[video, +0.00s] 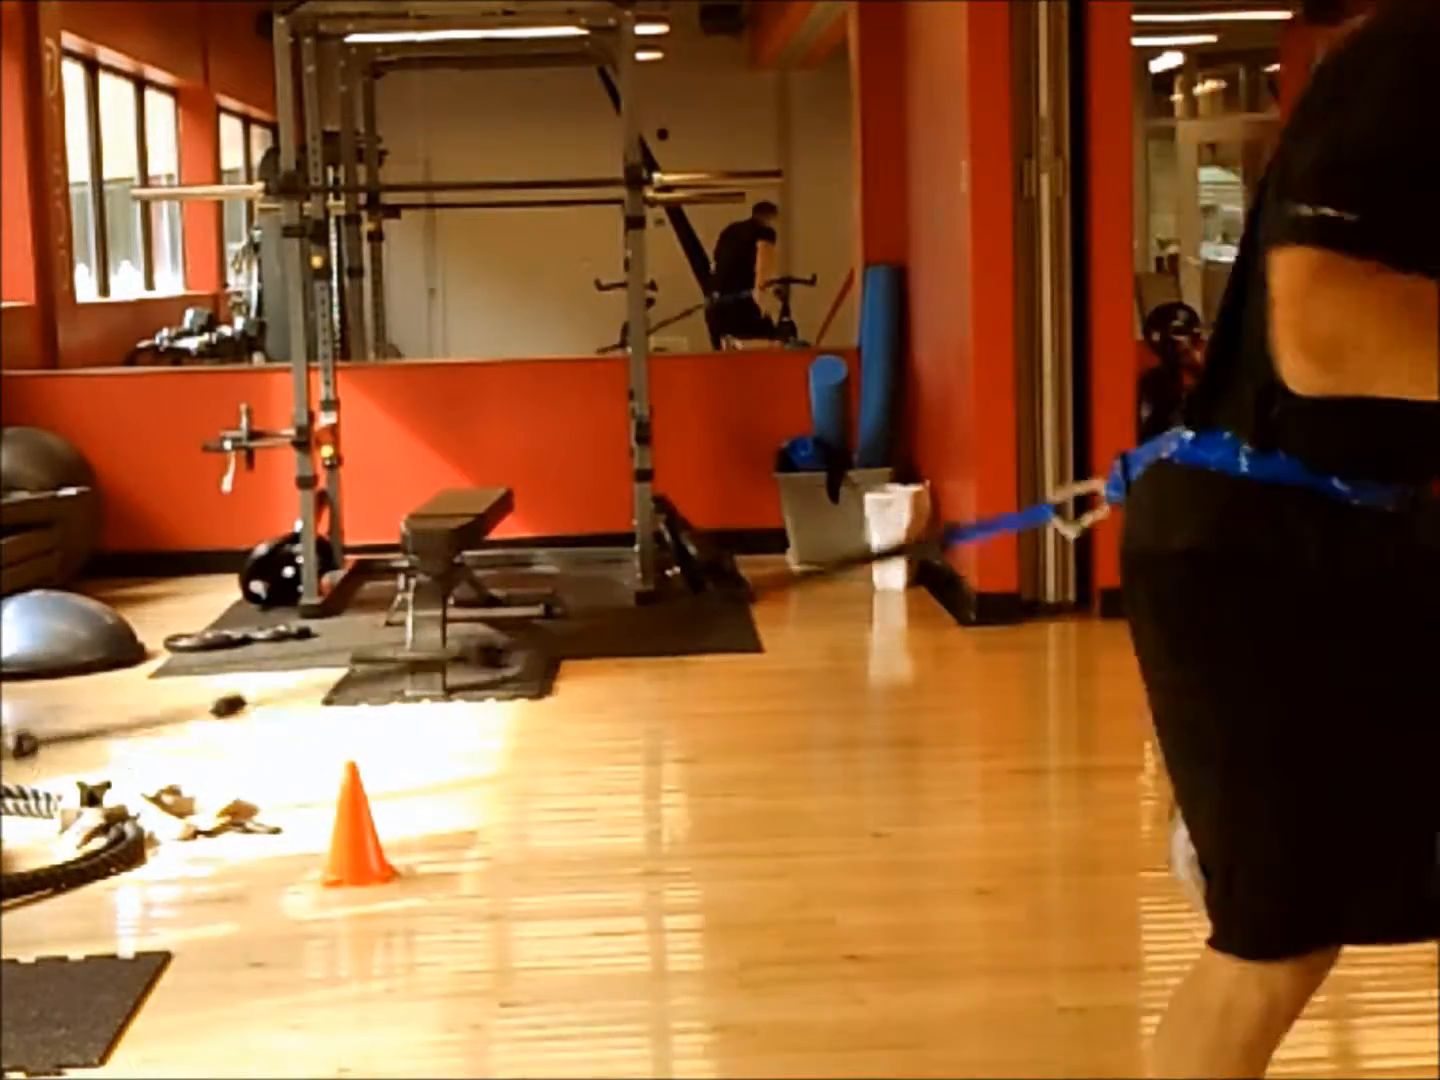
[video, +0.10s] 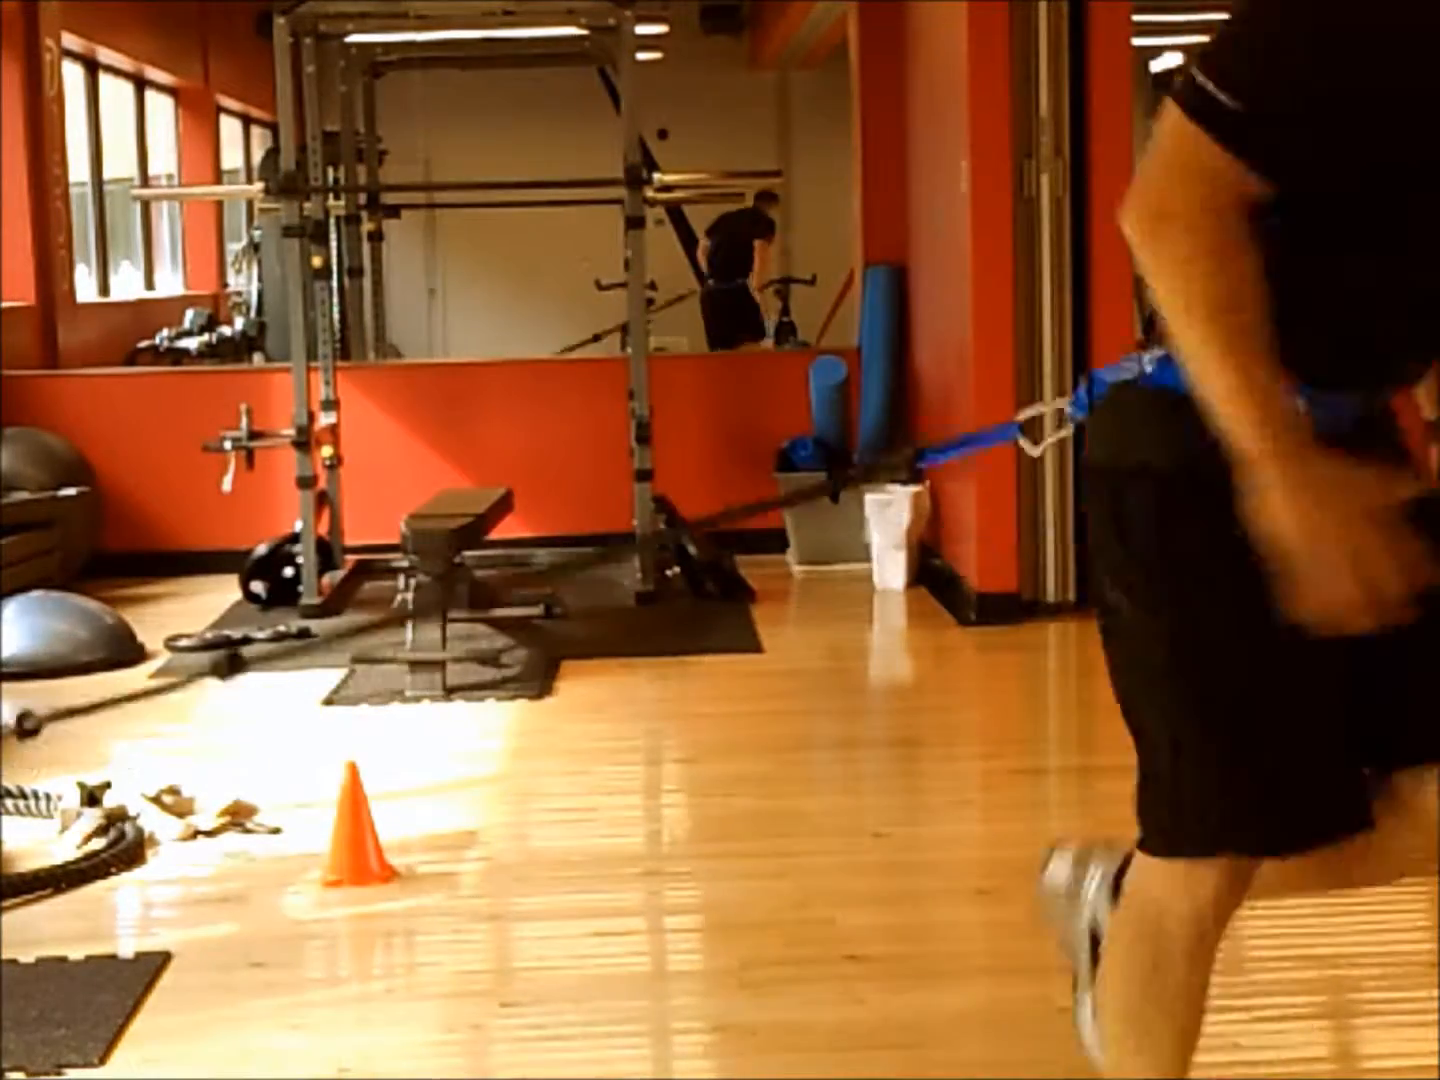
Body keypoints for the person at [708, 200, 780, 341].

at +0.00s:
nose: (774, 223)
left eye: (774, 219)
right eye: (774, 219)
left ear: (753, 214)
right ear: (769, 217)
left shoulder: (731, 228)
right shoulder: (764, 232)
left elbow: (717, 258)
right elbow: (762, 272)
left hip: (716, 303)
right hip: (742, 302)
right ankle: (738, 344)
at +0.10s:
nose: (774, 211)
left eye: (774, 207)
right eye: (774, 207)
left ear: (755, 202)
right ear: (771, 206)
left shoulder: (727, 217)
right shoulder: (764, 221)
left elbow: (702, 250)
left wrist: (711, 276)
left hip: (712, 292)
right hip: (738, 290)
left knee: (720, 349)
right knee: (749, 344)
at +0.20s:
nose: (766, 208)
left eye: (766, 204)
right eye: (766, 204)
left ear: (745, 200)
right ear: (764, 204)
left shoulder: (718, 218)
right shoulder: (760, 225)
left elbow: (685, 244)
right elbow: (761, 278)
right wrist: (771, 308)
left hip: (705, 298)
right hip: (731, 297)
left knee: (714, 356)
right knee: (741, 355)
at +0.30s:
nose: (754, 218)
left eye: (753, 213)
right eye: (753, 213)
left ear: (732, 211)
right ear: (749, 213)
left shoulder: (704, 232)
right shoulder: (748, 238)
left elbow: (674, 248)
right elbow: (757, 277)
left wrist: (651, 278)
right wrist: (779, 289)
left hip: (698, 309)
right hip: (723, 309)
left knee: (704, 363)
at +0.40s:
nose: (741, 212)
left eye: (740, 206)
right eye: (740, 207)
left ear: (719, 206)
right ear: (736, 207)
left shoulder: (694, 226)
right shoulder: (732, 230)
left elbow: (665, 252)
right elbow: (738, 276)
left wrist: (651, 279)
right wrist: (752, 281)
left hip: (687, 305)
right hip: (716, 303)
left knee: (692, 362)